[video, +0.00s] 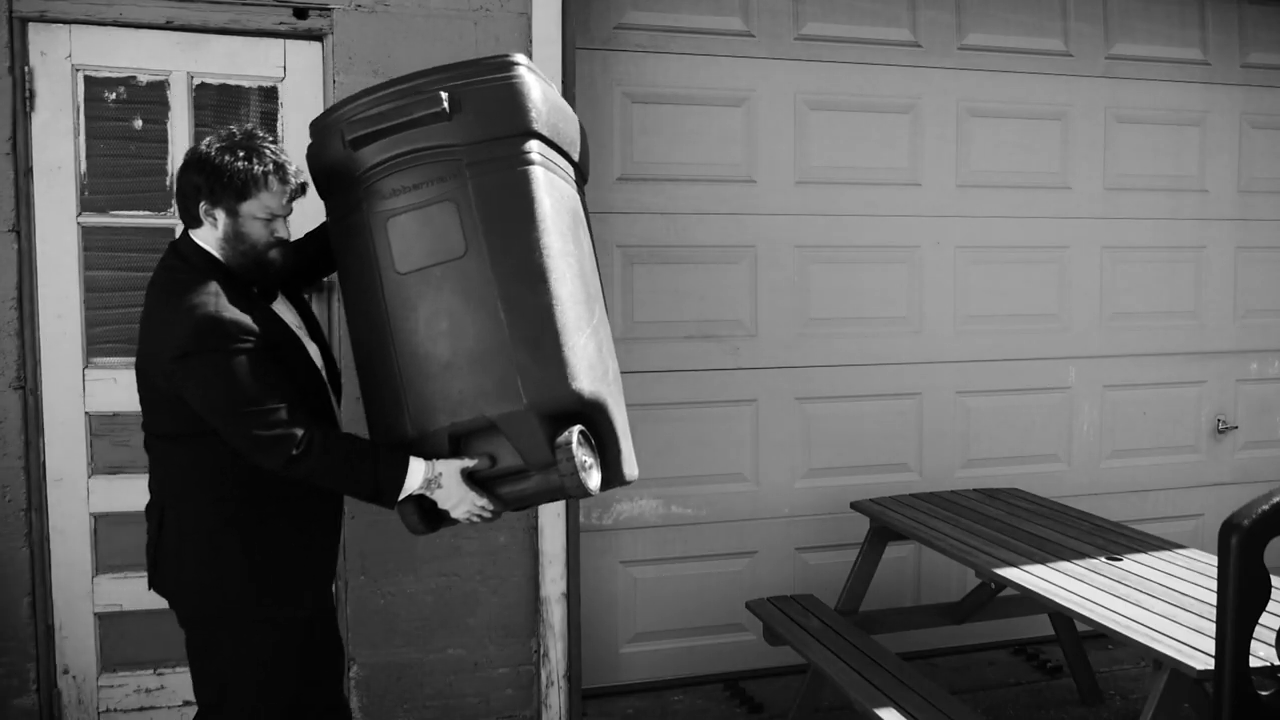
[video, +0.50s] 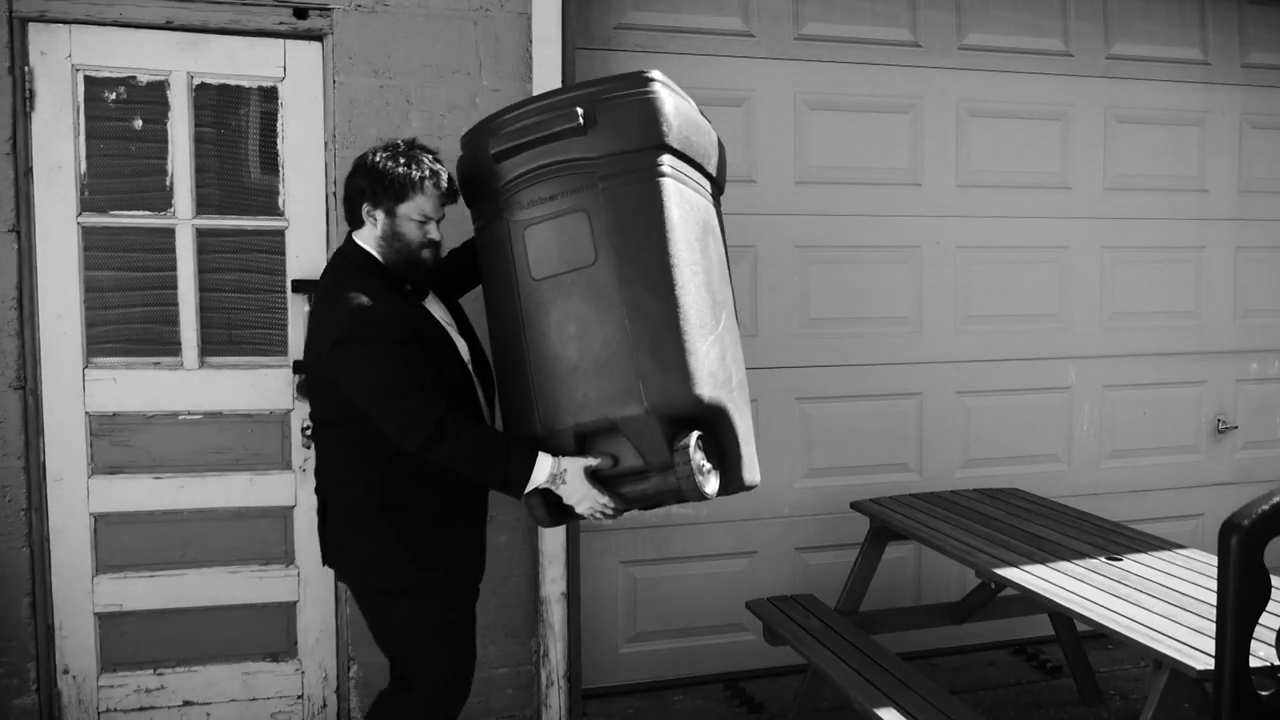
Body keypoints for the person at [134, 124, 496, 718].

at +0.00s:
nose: (284, 232)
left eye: (286, 216)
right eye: (269, 220)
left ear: (214, 216)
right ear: (212, 215)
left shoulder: (236, 268)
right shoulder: (203, 314)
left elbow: (311, 255)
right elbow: (288, 445)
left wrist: (390, 198)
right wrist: (422, 476)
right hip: (243, 573)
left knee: (314, 701)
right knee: (259, 706)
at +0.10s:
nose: (317, 238)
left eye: (318, 221)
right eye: (302, 225)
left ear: (247, 222)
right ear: (245, 220)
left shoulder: (266, 272)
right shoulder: (236, 319)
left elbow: (338, 260)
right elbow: (322, 446)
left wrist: (414, 203)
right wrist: (452, 477)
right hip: (274, 576)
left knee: (339, 702)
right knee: (286, 706)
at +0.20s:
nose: (351, 241)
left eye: (353, 225)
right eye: (336, 228)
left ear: (283, 225)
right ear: (282, 224)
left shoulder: (305, 278)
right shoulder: (271, 322)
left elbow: (373, 264)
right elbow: (357, 446)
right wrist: (482, 480)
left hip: (348, 558)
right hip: (304, 575)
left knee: (375, 702)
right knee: (297, 706)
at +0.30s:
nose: (385, 243)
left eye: (387, 228)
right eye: (371, 230)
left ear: (320, 225)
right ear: (318, 224)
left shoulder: (334, 279)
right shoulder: (306, 321)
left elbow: (403, 270)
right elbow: (387, 443)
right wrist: (508, 479)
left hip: (379, 552)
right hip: (345, 570)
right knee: (354, 703)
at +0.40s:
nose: (412, 240)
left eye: (415, 225)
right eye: (398, 226)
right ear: (348, 220)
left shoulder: (372, 279)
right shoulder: (334, 314)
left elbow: (427, 278)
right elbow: (412, 437)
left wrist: (494, 223)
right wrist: (530, 476)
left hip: (412, 535)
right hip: (373, 550)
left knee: (419, 692)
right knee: (394, 696)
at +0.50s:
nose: (436, 236)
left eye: (438, 221)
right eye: (422, 222)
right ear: (372, 216)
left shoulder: (401, 278)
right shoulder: (356, 309)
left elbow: (461, 272)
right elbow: (430, 431)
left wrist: (520, 220)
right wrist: (546, 472)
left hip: (437, 524)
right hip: (396, 538)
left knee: (438, 681)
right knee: (431, 685)